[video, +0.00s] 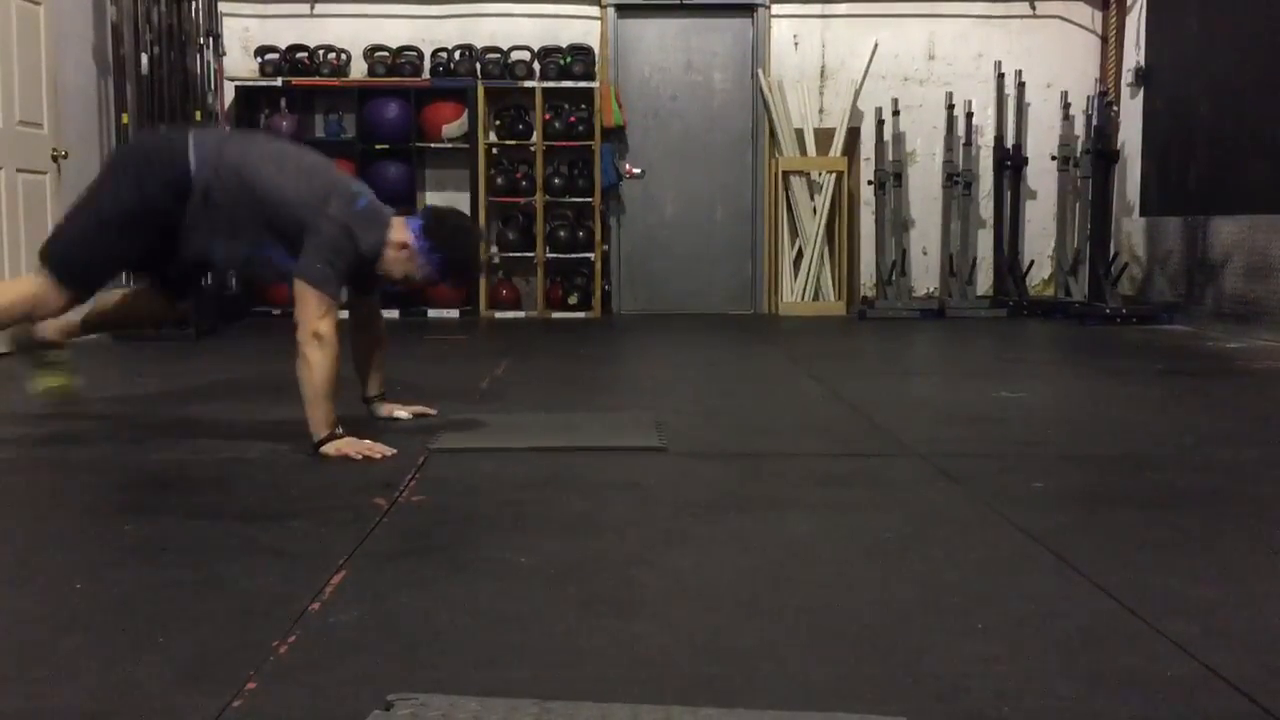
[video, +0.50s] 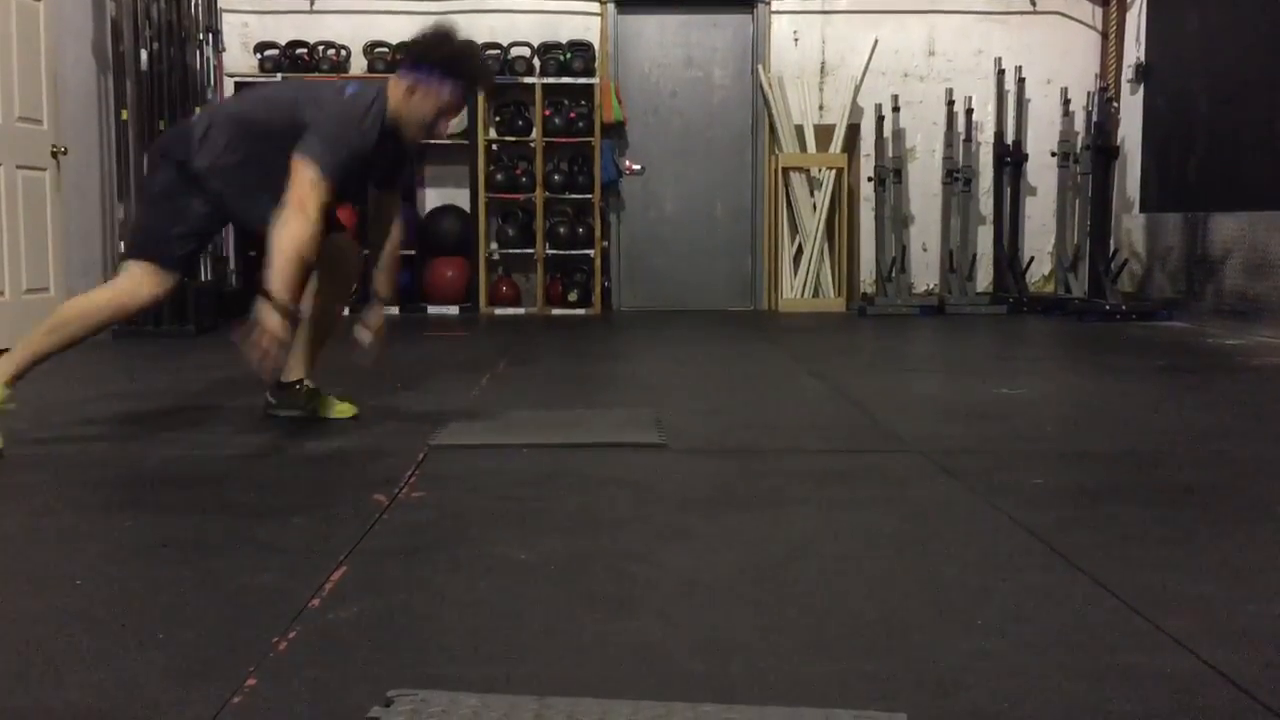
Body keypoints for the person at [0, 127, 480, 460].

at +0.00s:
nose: (409, 284)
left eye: (419, 281)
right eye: (418, 275)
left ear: (416, 237)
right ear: (413, 242)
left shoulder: (373, 228)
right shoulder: (339, 223)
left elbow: (365, 316)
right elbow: (314, 331)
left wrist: (375, 395)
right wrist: (326, 436)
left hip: (200, 207)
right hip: (163, 169)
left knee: (160, 302)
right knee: (51, 290)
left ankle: (56, 329)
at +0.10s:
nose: (369, 281)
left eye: (378, 280)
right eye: (375, 274)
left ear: (370, 240)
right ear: (368, 242)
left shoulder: (346, 226)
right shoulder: (304, 223)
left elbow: (352, 318)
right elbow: (302, 334)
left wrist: (375, 397)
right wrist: (326, 434)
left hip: (197, 143)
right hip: (148, 126)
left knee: (238, 268)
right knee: (72, 272)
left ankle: (170, 360)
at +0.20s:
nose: (354, 272)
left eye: (363, 269)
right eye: (360, 265)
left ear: (358, 224)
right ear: (354, 236)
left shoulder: (338, 206)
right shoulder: (291, 227)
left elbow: (356, 304)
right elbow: (297, 335)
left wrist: (380, 385)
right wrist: (327, 433)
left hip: (197, 125)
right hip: (137, 136)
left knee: (294, 268)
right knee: (85, 288)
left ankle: (268, 363)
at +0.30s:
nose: (388, 230)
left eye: (395, 223)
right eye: (389, 218)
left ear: (373, 187)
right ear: (367, 192)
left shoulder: (351, 188)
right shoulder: (298, 212)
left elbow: (377, 282)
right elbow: (306, 327)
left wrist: (403, 361)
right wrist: (327, 430)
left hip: (198, 174)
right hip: (139, 181)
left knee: (307, 282)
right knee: (94, 315)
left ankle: (287, 388)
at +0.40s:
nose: (419, 170)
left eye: (425, 160)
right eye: (418, 157)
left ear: (398, 143)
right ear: (387, 138)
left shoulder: (372, 169)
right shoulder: (317, 163)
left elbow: (395, 254)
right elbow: (314, 285)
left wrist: (419, 334)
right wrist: (333, 388)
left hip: (236, 206)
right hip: (171, 193)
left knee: (330, 274)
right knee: (109, 311)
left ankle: (289, 387)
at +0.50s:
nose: (446, 119)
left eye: (454, 110)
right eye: (446, 104)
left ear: (439, 100)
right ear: (414, 81)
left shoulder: (396, 140)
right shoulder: (349, 113)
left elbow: (390, 221)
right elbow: (302, 205)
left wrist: (380, 299)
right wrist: (276, 302)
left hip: (260, 177)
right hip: (193, 162)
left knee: (340, 258)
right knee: (143, 286)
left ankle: (292, 386)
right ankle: (8, 368)